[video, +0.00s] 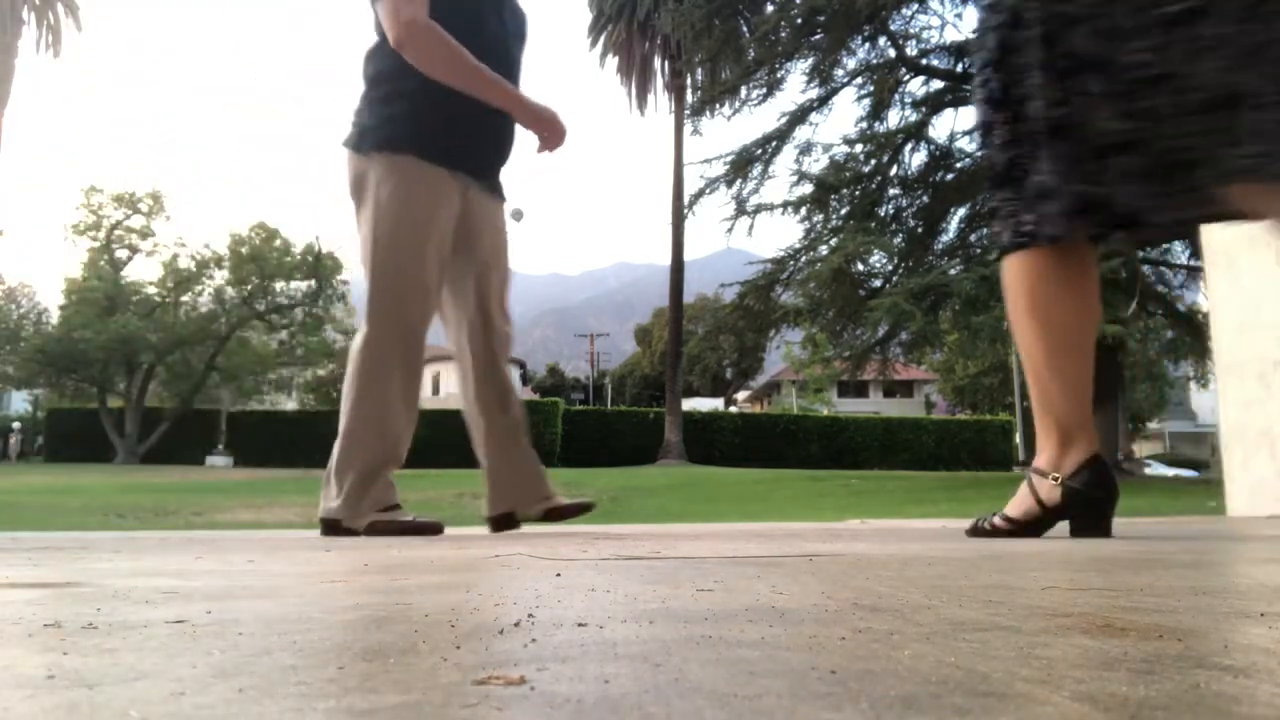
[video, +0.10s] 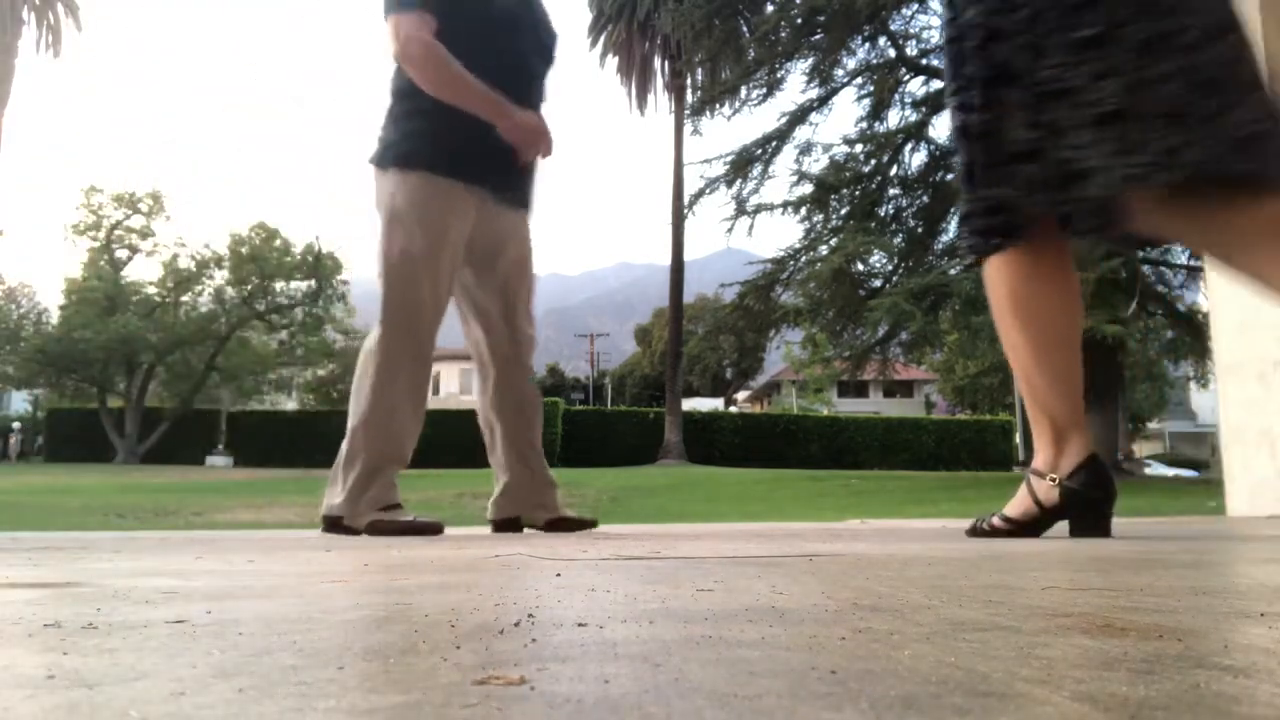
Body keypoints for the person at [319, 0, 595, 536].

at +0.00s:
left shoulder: (504, 10)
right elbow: (407, 31)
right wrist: (522, 106)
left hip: (476, 169)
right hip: (406, 152)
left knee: (485, 337)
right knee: (395, 326)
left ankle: (519, 494)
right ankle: (355, 502)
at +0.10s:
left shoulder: (535, 15)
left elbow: (520, 88)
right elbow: (411, 46)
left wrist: (524, 131)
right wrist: (507, 115)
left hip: (503, 183)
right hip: (428, 165)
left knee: (509, 347)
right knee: (405, 334)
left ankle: (524, 499)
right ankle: (359, 500)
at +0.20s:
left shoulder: (559, 17)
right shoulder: (442, 1)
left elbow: (564, 115)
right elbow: (420, 58)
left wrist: (580, 200)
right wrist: (471, 130)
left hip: (525, 202)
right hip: (445, 188)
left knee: (526, 355)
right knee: (416, 344)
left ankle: (523, 499)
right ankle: (386, 499)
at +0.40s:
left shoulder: (579, 27)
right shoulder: (465, 4)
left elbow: (590, 129)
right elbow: (446, 69)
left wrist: (608, 208)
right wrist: (448, 160)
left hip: (548, 207)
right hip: (473, 197)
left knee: (539, 357)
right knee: (472, 353)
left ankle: (535, 495)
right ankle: (474, 500)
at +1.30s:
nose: (505, 22)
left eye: (518, 14)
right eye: (498, 11)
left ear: (535, 24)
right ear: (484, 16)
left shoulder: (545, 110)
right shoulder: (453, 73)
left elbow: (557, 185)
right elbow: (419, 134)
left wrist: (566, 249)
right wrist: (443, 138)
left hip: (518, 255)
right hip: (456, 243)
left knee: (502, 376)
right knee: (452, 370)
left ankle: (492, 499)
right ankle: (450, 500)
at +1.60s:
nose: (483, 20)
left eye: (495, 13)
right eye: (476, 10)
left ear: (510, 25)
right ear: (461, 16)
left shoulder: (521, 113)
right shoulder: (430, 69)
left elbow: (531, 190)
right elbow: (394, 128)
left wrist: (541, 261)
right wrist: (421, 106)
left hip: (497, 255)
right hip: (431, 241)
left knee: (489, 381)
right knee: (409, 368)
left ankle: (485, 505)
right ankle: (374, 498)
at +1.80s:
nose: (452, 11)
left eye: (464, 5)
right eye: (443, 2)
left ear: (476, 16)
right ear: (427, 9)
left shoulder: (488, 109)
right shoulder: (393, 64)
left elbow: (501, 186)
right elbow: (362, 130)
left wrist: (524, 256)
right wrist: (377, 178)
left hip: (471, 255)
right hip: (401, 241)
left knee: (473, 378)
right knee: (368, 366)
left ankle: (484, 506)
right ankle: (313, 499)